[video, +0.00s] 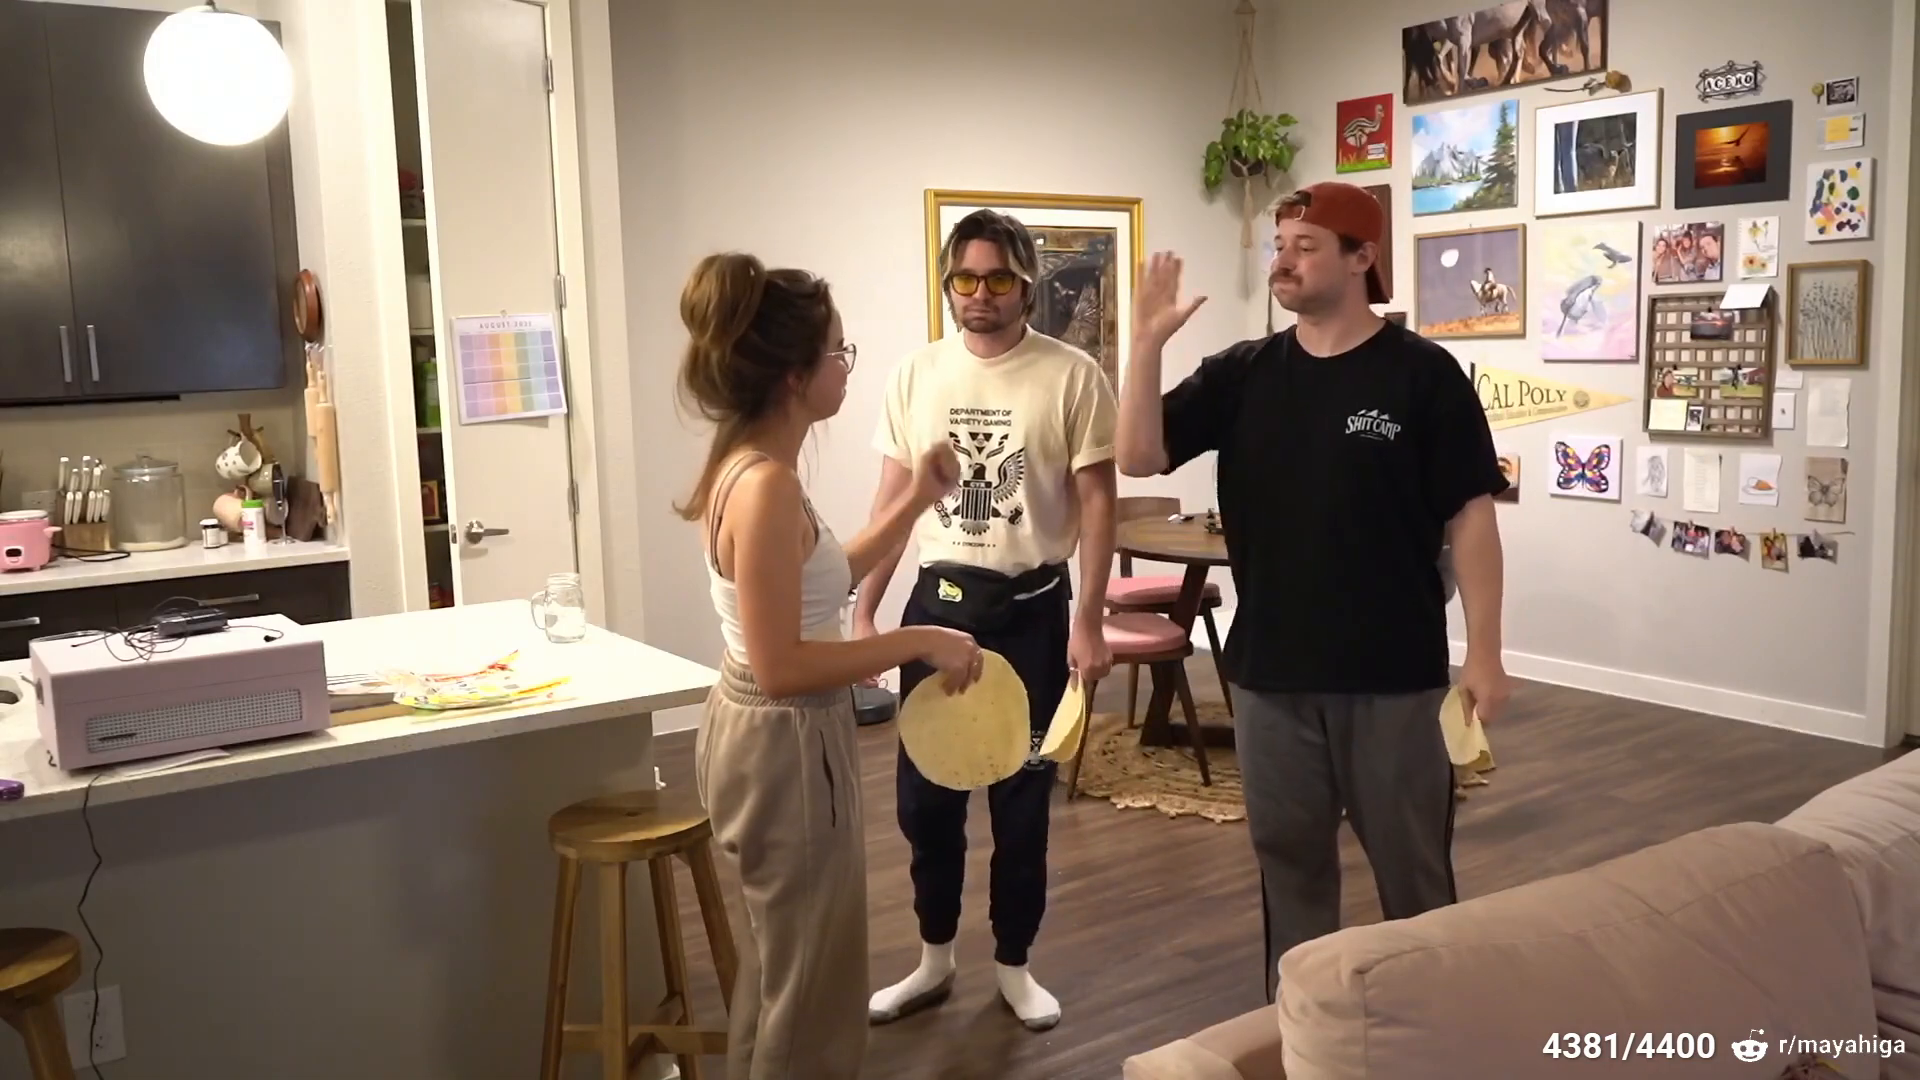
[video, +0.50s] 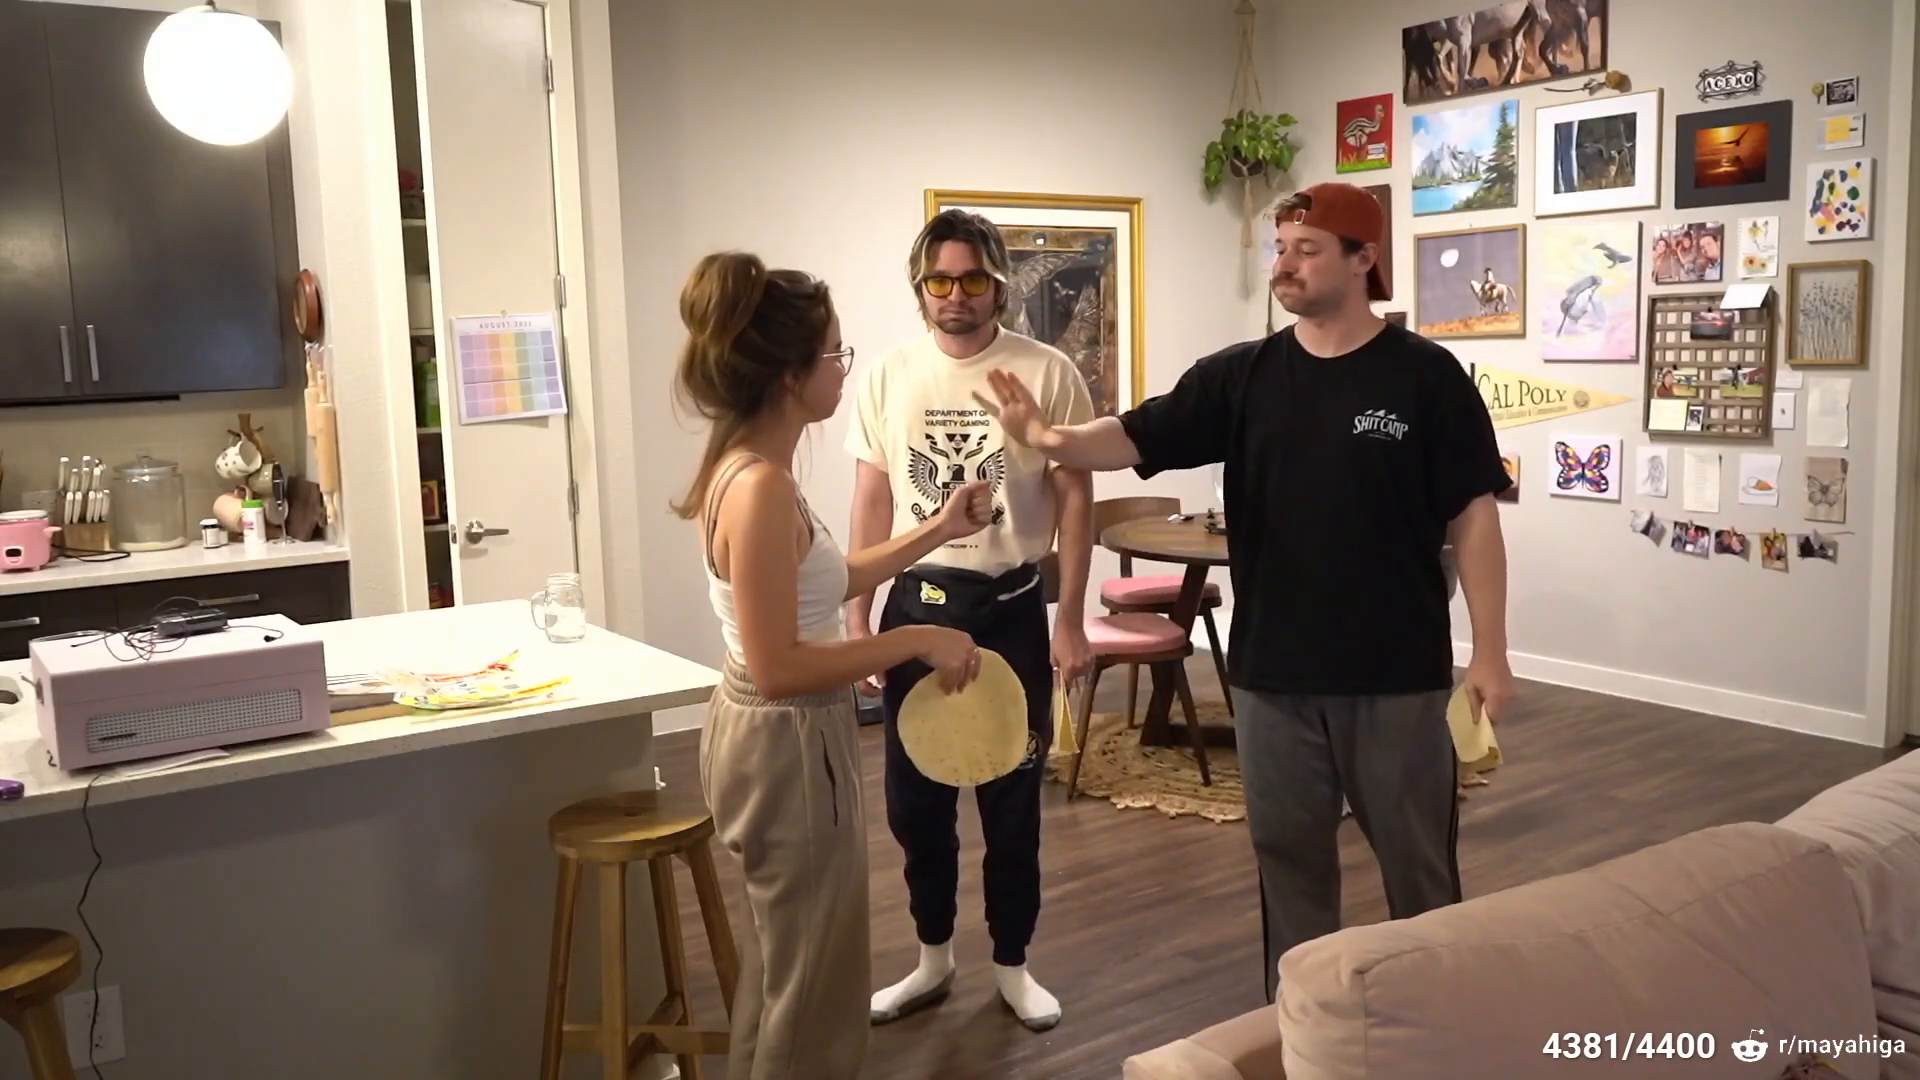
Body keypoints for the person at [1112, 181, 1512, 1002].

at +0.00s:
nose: (1284, 258)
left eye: (1305, 246)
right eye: (1280, 246)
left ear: (1360, 261)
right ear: (1275, 260)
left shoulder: (1424, 373)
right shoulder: (1244, 373)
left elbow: (1472, 514)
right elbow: (1141, 457)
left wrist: (1484, 655)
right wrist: (1144, 343)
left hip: (1393, 680)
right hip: (1272, 679)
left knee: (1414, 880)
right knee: (1289, 874)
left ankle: (1437, 1034)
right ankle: (1297, 1035)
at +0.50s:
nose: (1285, 262)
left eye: (1306, 249)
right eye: (1280, 250)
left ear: (1361, 262)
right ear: (1275, 261)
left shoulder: (1428, 374)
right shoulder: (1240, 376)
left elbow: (1475, 518)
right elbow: (1136, 437)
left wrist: (1491, 653)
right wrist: (1051, 441)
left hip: (1397, 680)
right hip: (1274, 681)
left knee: (1422, 881)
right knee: (1290, 877)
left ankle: (1445, 1034)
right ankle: (1298, 1037)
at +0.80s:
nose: (1259, 260)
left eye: (1280, 246)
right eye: (1252, 248)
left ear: (1334, 258)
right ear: (1246, 263)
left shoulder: (1406, 374)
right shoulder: (1217, 381)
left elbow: (1468, 498)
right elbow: (1129, 480)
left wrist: (1418, 601)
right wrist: (1054, 505)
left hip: (1385, 675)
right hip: (1263, 678)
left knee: (1411, 874)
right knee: (1282, 873)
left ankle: (1440, 1025)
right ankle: (1296, 1033)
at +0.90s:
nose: (1248, 258)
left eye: (1270, 245)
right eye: (1243, 247)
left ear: (1324, 259)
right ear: (1237, 264)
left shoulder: (1392, 375)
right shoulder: (1207, 383)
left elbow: (1437, 517)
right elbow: (1145, 499)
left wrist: (1328, 562)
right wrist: (1132, 523)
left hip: (1373, 675)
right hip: (1250, 677)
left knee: (1402, 862)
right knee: (1273, 867)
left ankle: (1428, 1016)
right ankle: (1293, 1026)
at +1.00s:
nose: (1234, 263)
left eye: (1256, 248)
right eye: (1230, 250)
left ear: (1311, 261)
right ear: (1228, 264)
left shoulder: (1371, 372)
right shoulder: (1205, 382)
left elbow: (1388, 521)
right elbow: (1175, 508)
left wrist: (1242, 528)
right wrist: (1170, 534)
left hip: (1354, 675)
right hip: (1237, 674)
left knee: (1375, 865)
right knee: (1265, 870)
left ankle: (1406, 1019)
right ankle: (1294, 1026)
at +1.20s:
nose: (1209, 271)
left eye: (1230, 257)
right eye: (1205, 258)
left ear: (1285, 268)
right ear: (1206, 269)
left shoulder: (1324, 366)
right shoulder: (1213, 386)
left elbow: (1284, 511)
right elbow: (1194, 529)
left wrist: (1151, 489)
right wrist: (1107, 504)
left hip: (1321, 676)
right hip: (1235, 673)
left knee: (1313, 889)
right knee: (1264, 885)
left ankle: (1340, 1051)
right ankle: (1291, 1038)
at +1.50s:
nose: (1195, 289)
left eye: (1214, 272)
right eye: (1193, 275)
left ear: (1273, 278)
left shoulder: (1272, 364)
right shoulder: (1262, 367)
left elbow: (1153, 471)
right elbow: (1186, 531)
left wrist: (1043, 454)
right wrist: (1091, 474)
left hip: (1288, 689)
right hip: (1274, 684)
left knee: (1262, 908)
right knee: (1267, 904)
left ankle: (1274, 1070)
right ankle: (1278, 1066)